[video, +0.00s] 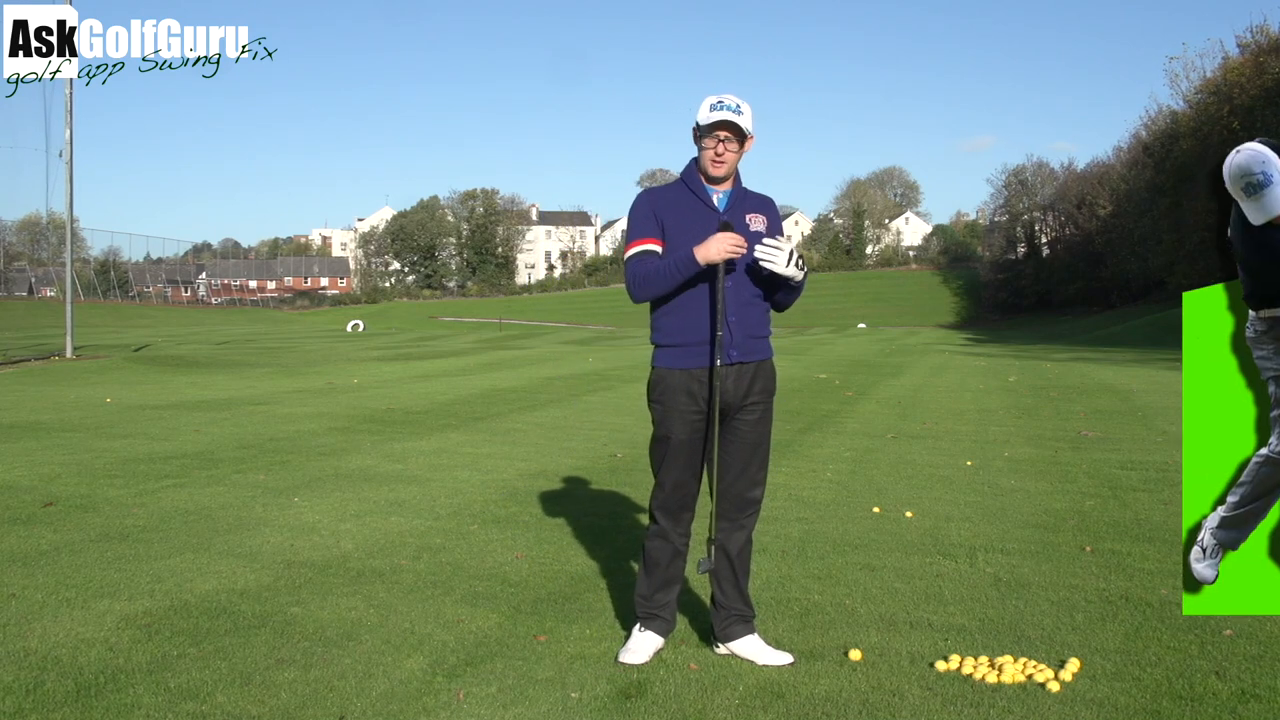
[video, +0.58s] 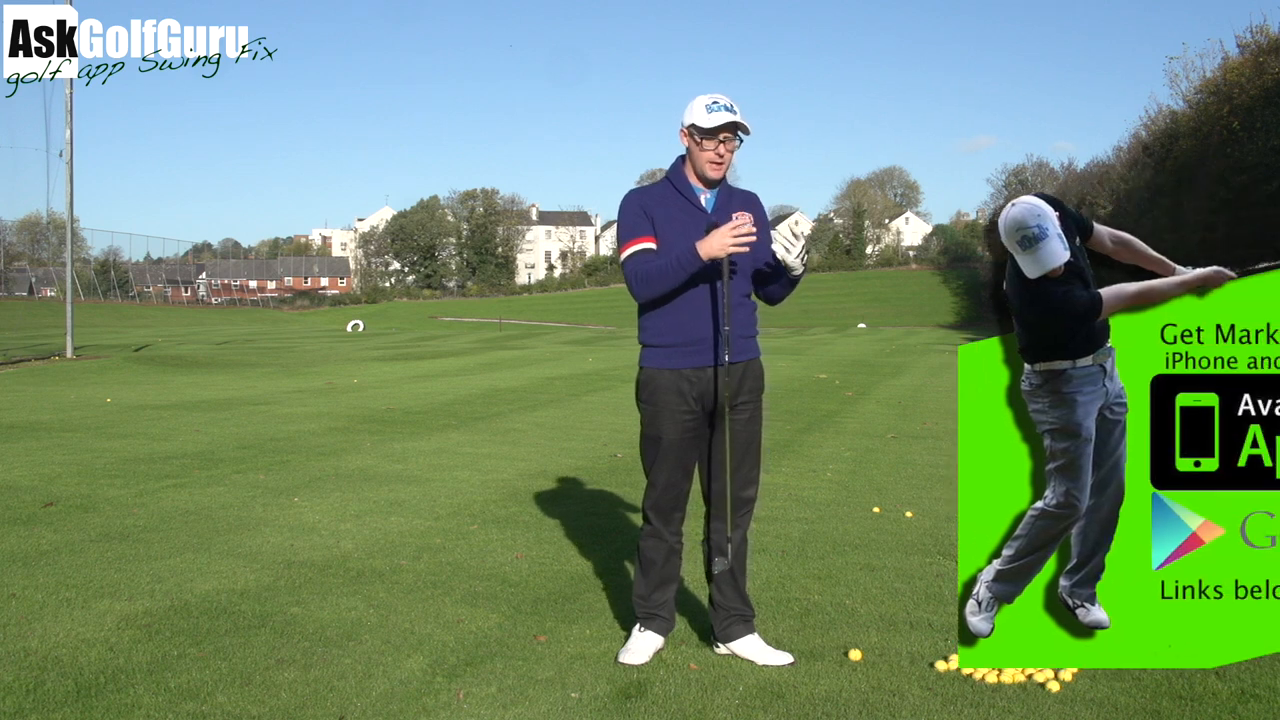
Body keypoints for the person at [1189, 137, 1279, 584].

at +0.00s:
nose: (1267, 216)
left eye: (1269, 203)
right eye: (1257, 209)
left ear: (1276, 181)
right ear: (1240, 196)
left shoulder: (1250, 218)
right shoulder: (1244, 221)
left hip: (1269, 328)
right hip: (1268, 329)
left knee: (1279, 440)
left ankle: (1218, 532)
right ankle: (1217, 533)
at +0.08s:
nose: (1249, 224)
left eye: (1252, 212)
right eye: (1236, 221)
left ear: (1256, 184)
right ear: (1212, 206)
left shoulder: (1269, 196)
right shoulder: (1217, 230)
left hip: (1275, 332)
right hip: (1252, 335)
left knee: (1276, 450)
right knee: (1264, 451)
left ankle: (1272, 538)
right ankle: (1189, 539)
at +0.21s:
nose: (1201, 229)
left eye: (1203, 215)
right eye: (1188, 226)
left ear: (1204, 191)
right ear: (1167, 215)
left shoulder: (1200, 175)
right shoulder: (1187, 258)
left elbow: (1259, 205)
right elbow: (1267, 264)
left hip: (1252, 334)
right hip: (1210, 348)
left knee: (1258, 454)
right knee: (1218, 463)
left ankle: (1228, 550)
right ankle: (1142, 551)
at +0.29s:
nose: (1170, 241)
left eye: (1172, 227)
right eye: (1157, 238)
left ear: (1173, 200)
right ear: (1133, 224)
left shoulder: (1169, 185)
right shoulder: (1154, 268)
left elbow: (1230, 213)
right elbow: (1257, 266)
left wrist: (1279, 236)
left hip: (1220, 342)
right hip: (1177, 356)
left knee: (1224, 464)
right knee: (1184, 472)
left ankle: (1195, 559)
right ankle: (1111, 558)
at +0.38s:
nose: (1136, 247)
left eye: (1138, 233)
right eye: (1123, 244)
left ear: (1138, 207)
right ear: (1101, 231)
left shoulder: (1133, 192)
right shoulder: (1123, 276)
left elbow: (1197, 221)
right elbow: (1210, 277)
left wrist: (1262, 251)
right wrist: (1274, 261)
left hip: (1186, 351)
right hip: (1144, 364)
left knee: (1190, 471)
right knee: (1151, 480)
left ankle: (1162, 567)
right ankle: (1076, 567)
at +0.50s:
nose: (1087, 260)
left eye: (1089, 246)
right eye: (1074, 257)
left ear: (1089, 220)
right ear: (1049, 244)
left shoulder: (1087, 206)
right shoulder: (1070, 287)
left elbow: (1146, 234)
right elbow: (1164, 288)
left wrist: (1211, 262)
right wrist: (1231, 273)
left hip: (1136, 361)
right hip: (1093, 376)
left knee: (1139, 483)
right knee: (1100, 492)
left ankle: (1111, 580)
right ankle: (1026, 578)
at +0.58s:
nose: (1053, 268)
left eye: (1056, 254)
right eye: (1041, 265)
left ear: (1056, 229)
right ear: (1016, 253)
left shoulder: (1053, 214)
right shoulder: (1036, 295)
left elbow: (1113, 242)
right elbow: (1131, 296)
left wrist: (1178, 271)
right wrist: (1197, 281)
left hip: (1102, 371)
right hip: (1059, 384)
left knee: (1106, 491)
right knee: (1067, 499)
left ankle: (1077, 587)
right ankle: (993, 586)